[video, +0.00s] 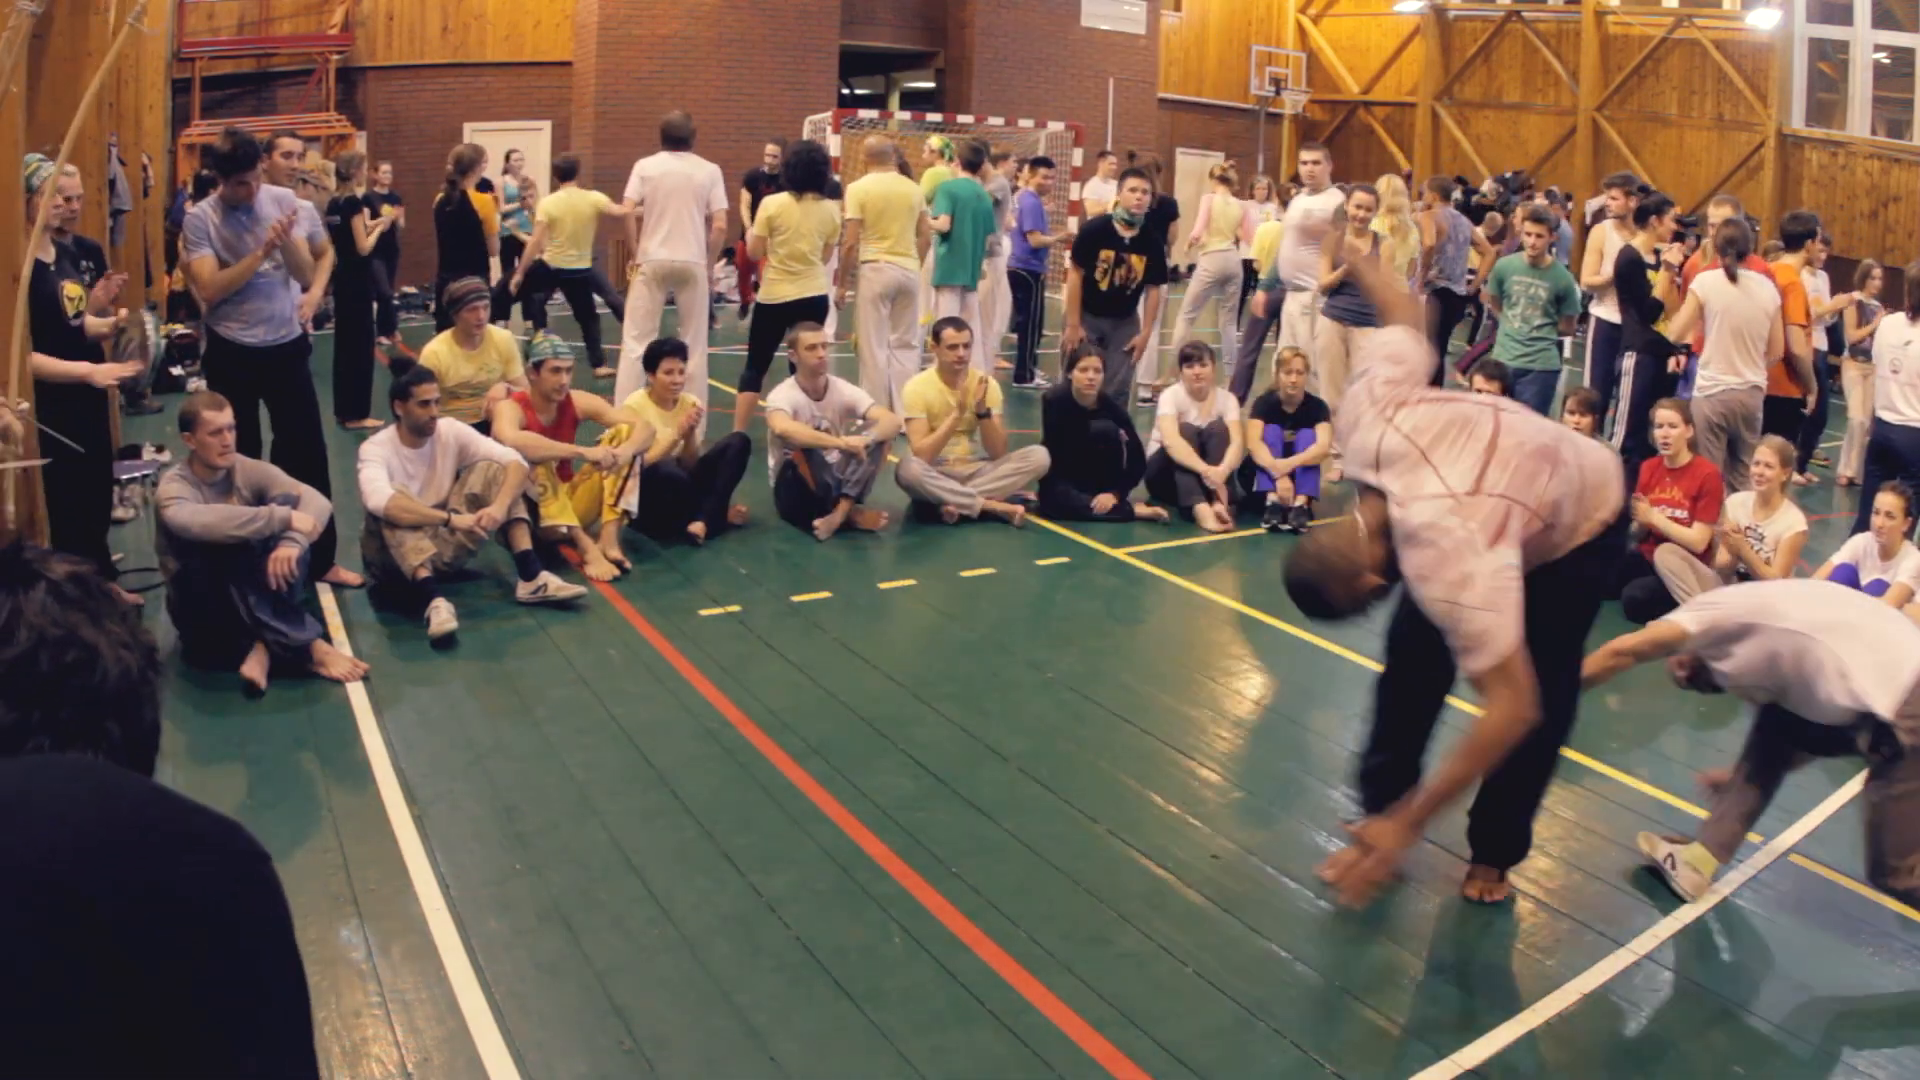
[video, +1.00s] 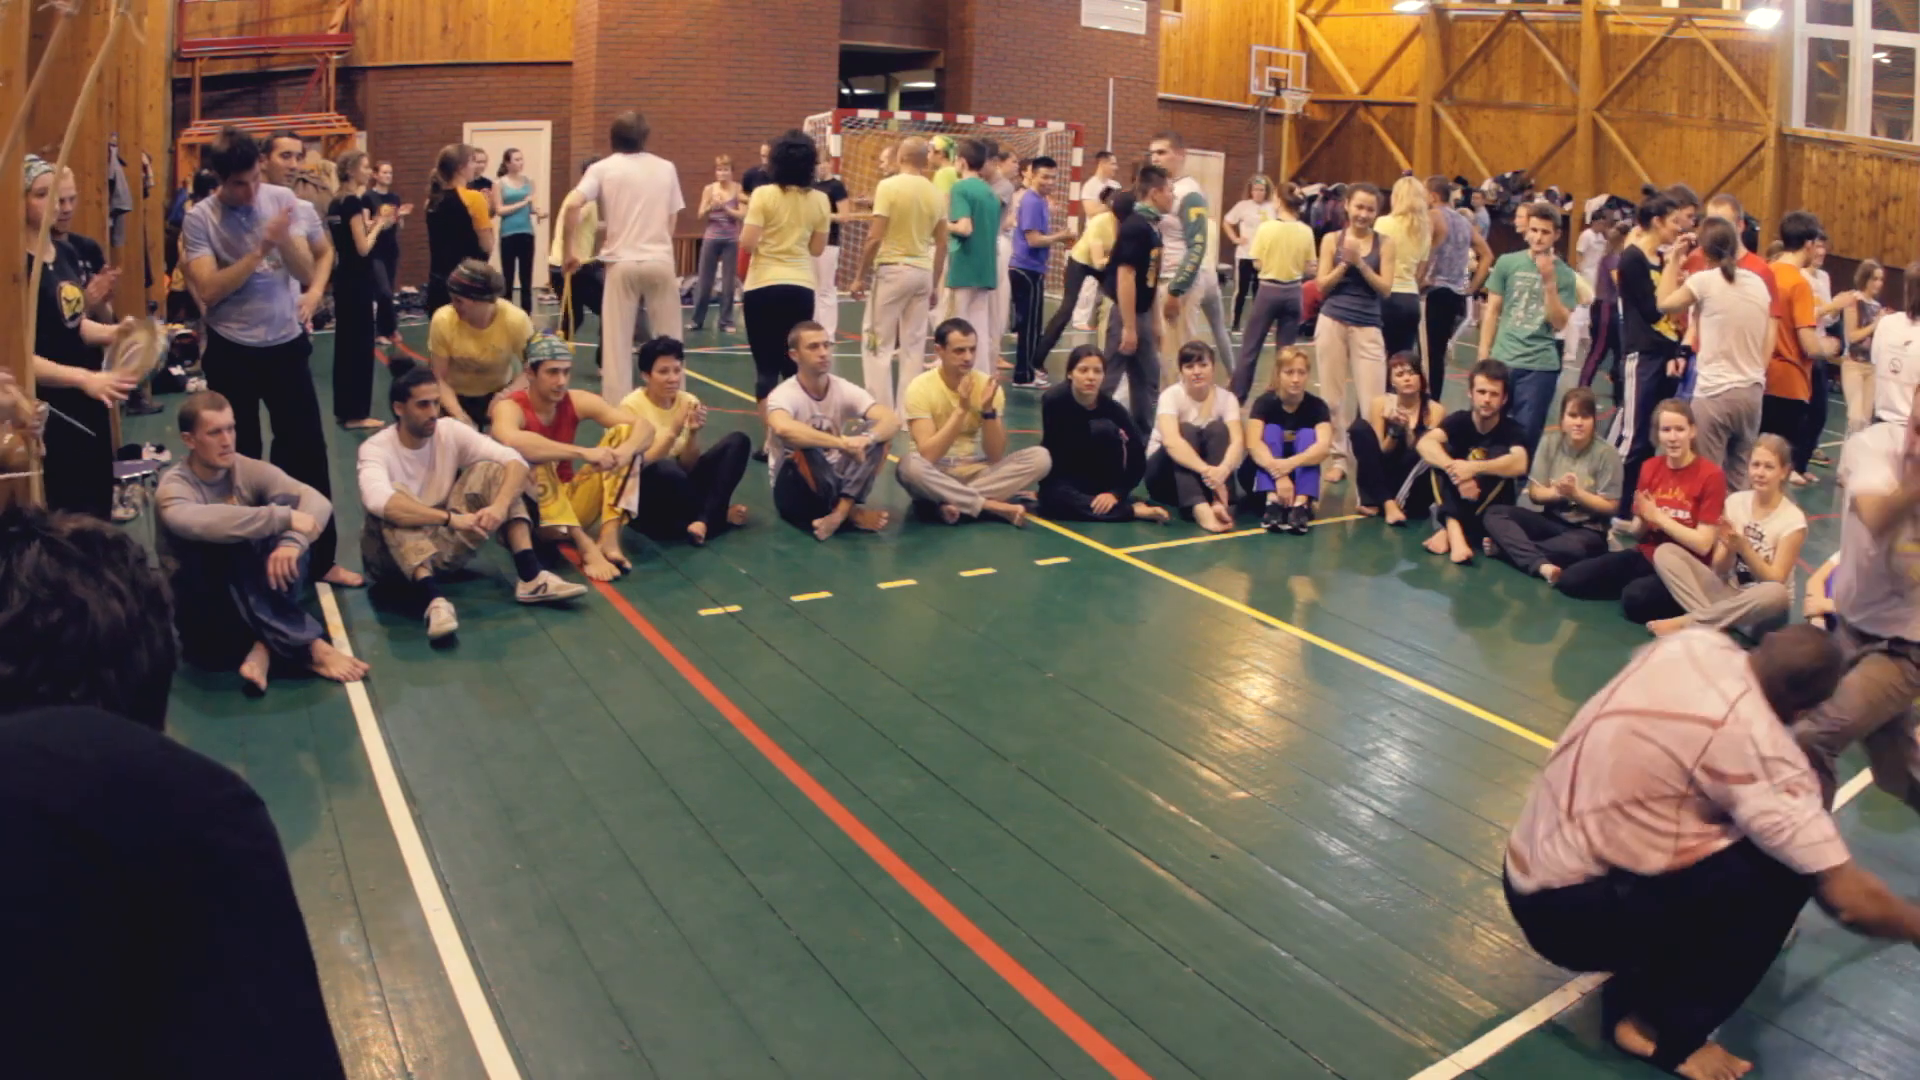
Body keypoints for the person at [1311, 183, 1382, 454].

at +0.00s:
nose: (1362, 214)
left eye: (1368, 209)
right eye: (1357, 207)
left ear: (1375, 213)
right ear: (1347, 207)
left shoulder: (1381, 244)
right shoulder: (1334, 239)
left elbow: (1382, 285)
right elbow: (1323, 282)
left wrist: (1361, 268)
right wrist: (1347, 267)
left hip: (1367, 320)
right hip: (1333, 316)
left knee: (1365, 387)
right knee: (1332, 387)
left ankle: (1360, 452)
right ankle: (1331, 453)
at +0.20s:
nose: (1363, 214)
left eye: (1369, 209)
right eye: (1358, 208)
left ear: (1376, 213)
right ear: (1346, 208)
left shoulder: (1383, 244)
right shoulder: (1330, 240)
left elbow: (1387, 289)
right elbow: (1319, 284)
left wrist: (1363, 266)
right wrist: (1342, 266)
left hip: (1366, 322)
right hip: (1331, 319)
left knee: (1370, 393)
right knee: (1333, 391)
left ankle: (1380, 460)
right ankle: (1336, 457)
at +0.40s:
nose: (1364, 215)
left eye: (1370, 210)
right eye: (1359, 208)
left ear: (1377, 214)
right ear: (1347, 207)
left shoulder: (1384, 244)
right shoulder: (1331, 240)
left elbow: (1385, 288)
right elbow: (1322, 283)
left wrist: (1360, 265)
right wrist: (1347, 265)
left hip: (1366, 326)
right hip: (1331, 323)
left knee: (1371, 391)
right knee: (1332, 390)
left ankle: (1373, 458)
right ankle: (1337, 456)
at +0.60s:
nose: (1364, 214)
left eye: (1370, 210)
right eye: (1359, 208)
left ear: (1377, 214)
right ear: (1347, 207)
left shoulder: (1385, 243)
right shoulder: (1331, 239)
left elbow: (1387, 288)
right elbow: (1321, 286)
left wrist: (1363, 265)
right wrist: (1339, 261)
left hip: (1367, 323)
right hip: (1331, 319)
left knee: (1372, 395)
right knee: (1333, 392)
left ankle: (1375, 461)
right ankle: (1336, 457)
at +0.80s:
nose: (1364, 215)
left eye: (1370, 210)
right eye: (1359, 208)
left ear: (1378, 214)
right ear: (1347, 207)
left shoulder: (1385, 244)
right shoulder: (1331, 240)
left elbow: (1385, 289)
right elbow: (1321, 285)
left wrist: (1359, 264)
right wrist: (1344, 265)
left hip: (1367, 323)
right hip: (1331, 320)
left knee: (1372, 397)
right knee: (1333, 393)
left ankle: (1373, 462)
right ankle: (1336, 458)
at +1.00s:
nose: (1364, 214)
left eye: (1370, 210)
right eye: (1359, 207)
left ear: (1377, 214)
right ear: (1347, 207)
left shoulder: (1385, 243)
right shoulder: (1331, 239)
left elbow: (1385, 288)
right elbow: (1322, 286)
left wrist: (1360, 264)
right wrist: (1344, 264)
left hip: (1367, 322)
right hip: (1331, 318)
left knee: (1372, 395)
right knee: (1333, 391)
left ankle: (1373, 461)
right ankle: (1337, 456)